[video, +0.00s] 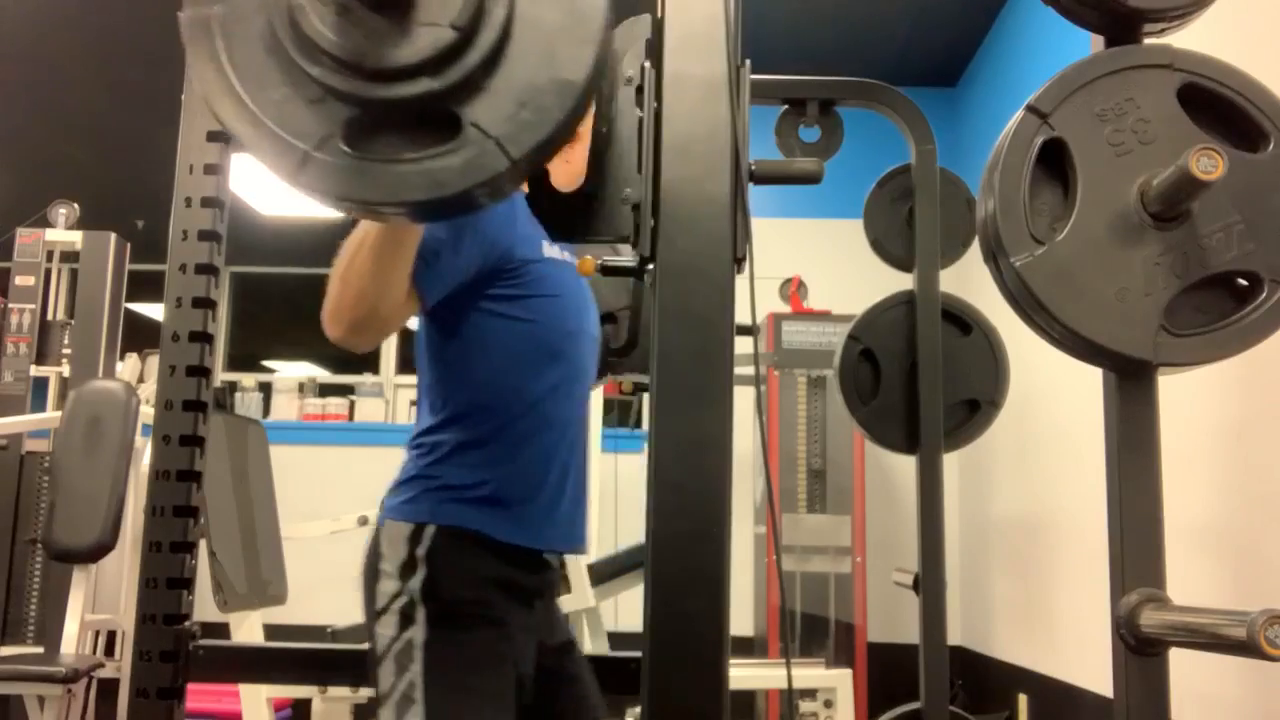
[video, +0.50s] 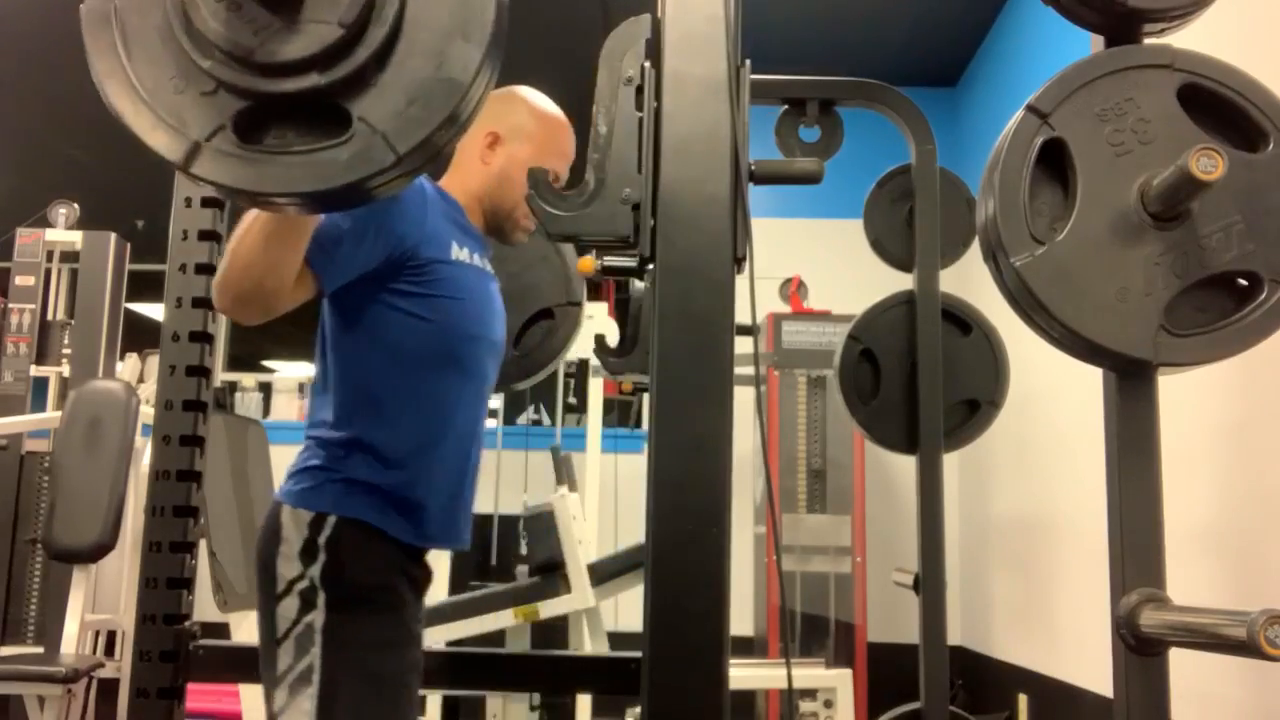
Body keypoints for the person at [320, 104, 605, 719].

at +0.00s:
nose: (594, 124)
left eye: (594, 105)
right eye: (583, 105)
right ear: (540, 114)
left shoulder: (526, 223)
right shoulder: (472, 209)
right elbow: (350, 323)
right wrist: (403, 166)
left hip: (523, 567)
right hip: (449, 559)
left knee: (578, 712)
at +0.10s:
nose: (595, 151)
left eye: (595, 131)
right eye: (589, 130)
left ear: (539, 127)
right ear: (545, 124)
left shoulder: (516, 217)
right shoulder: (454, 195)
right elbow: (326, 313)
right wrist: (381, 154)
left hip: (497, 555)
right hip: (423, 548)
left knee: (538, 711)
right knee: (416, 713)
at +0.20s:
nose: (590, 162)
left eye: (592, 142)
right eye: (585, 138)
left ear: (530, 132)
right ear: (530, 128)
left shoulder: (516, 227)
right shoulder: (442, 190)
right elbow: (310, 309)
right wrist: (369, 147)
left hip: (489, 556)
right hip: (406, 546)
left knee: (533, 713)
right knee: (387, 712)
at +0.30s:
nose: (578, 181)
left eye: (582, 165)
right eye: (572, 156)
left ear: (517, 135)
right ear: (514, 130)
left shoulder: (503, 236)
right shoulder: (428, 191)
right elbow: (284, 304)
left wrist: (569, 334)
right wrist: (346, 151)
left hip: (461, 554)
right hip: (387, 543)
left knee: (491, 709)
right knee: (377, 711)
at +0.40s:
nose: (562, 196)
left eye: (570, 182)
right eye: (558, 172)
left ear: (501, 143)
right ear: (500, 140)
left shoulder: (489, 245)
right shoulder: (414, 197)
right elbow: (258, 299)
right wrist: (320, 158)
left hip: (430, 554)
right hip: (364, 543)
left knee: (445, 708)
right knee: (363, 712)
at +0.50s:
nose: (544, 205)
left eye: (553, 190)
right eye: (542, 179)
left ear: (491, 150)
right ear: (489, 146)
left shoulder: (472, 250)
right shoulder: (403, 203)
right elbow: (243, 298)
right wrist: (298, 156)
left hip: (391, 549)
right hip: (339, 540)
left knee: (381, 709)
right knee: (335, 712)